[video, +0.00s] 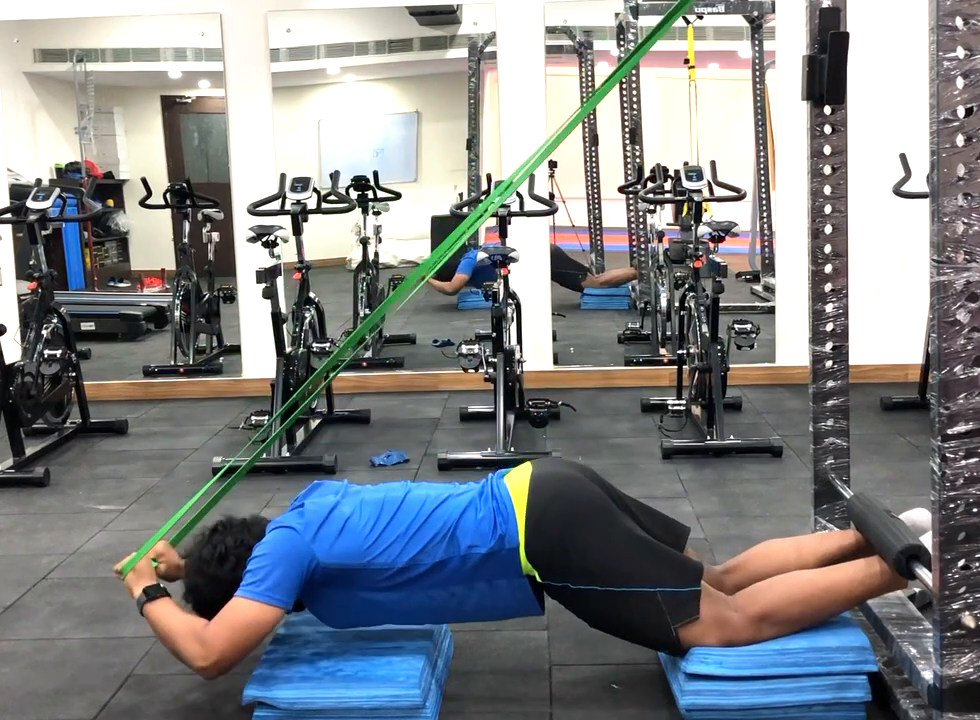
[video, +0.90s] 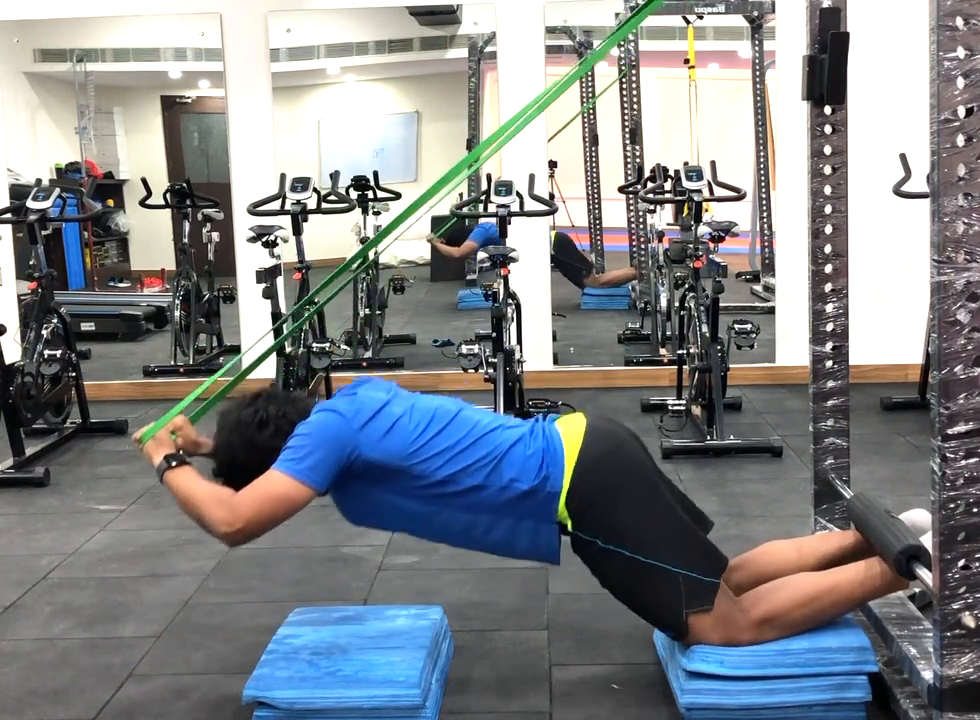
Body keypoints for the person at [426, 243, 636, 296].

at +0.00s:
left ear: (455, 248)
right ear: (463, 244)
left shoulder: (471, 257)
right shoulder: (473, 255)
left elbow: (451, 289)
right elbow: (450, 286)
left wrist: (425, 277)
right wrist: (428, 275)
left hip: (546, 259)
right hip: (544, 257)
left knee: (594, 280)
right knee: (593, 279)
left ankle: (642, 271)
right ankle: (641, 270)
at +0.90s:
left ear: (468, 226)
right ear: (472, 221)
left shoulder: (484, 227)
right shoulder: (492, 222)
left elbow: (459, 253)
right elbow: (462, 250)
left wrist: (434, 242)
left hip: (555, 243)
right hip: (553, 242)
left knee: (593, 281)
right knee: (591, 279)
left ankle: (642, 270)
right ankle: (640, 270)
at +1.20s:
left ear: (493, 200)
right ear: (502, 200)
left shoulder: (494, 214)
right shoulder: (499, 213)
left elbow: (467, 237)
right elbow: (470, 235)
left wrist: (444, 226)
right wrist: (453, 225)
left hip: (564, 239)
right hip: (561, 241)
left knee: (596, 280)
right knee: (592, 280)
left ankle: (642, 270)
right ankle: (640, 270)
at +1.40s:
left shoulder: (506, 208)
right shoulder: (505, 208)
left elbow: (479, 223)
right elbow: (479, 222)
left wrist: (455, 214)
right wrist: (457, 213)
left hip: (571, 236)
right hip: (568, 238)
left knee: (596, 279)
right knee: (593, 279)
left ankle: (643, 271)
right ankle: (641, 270)